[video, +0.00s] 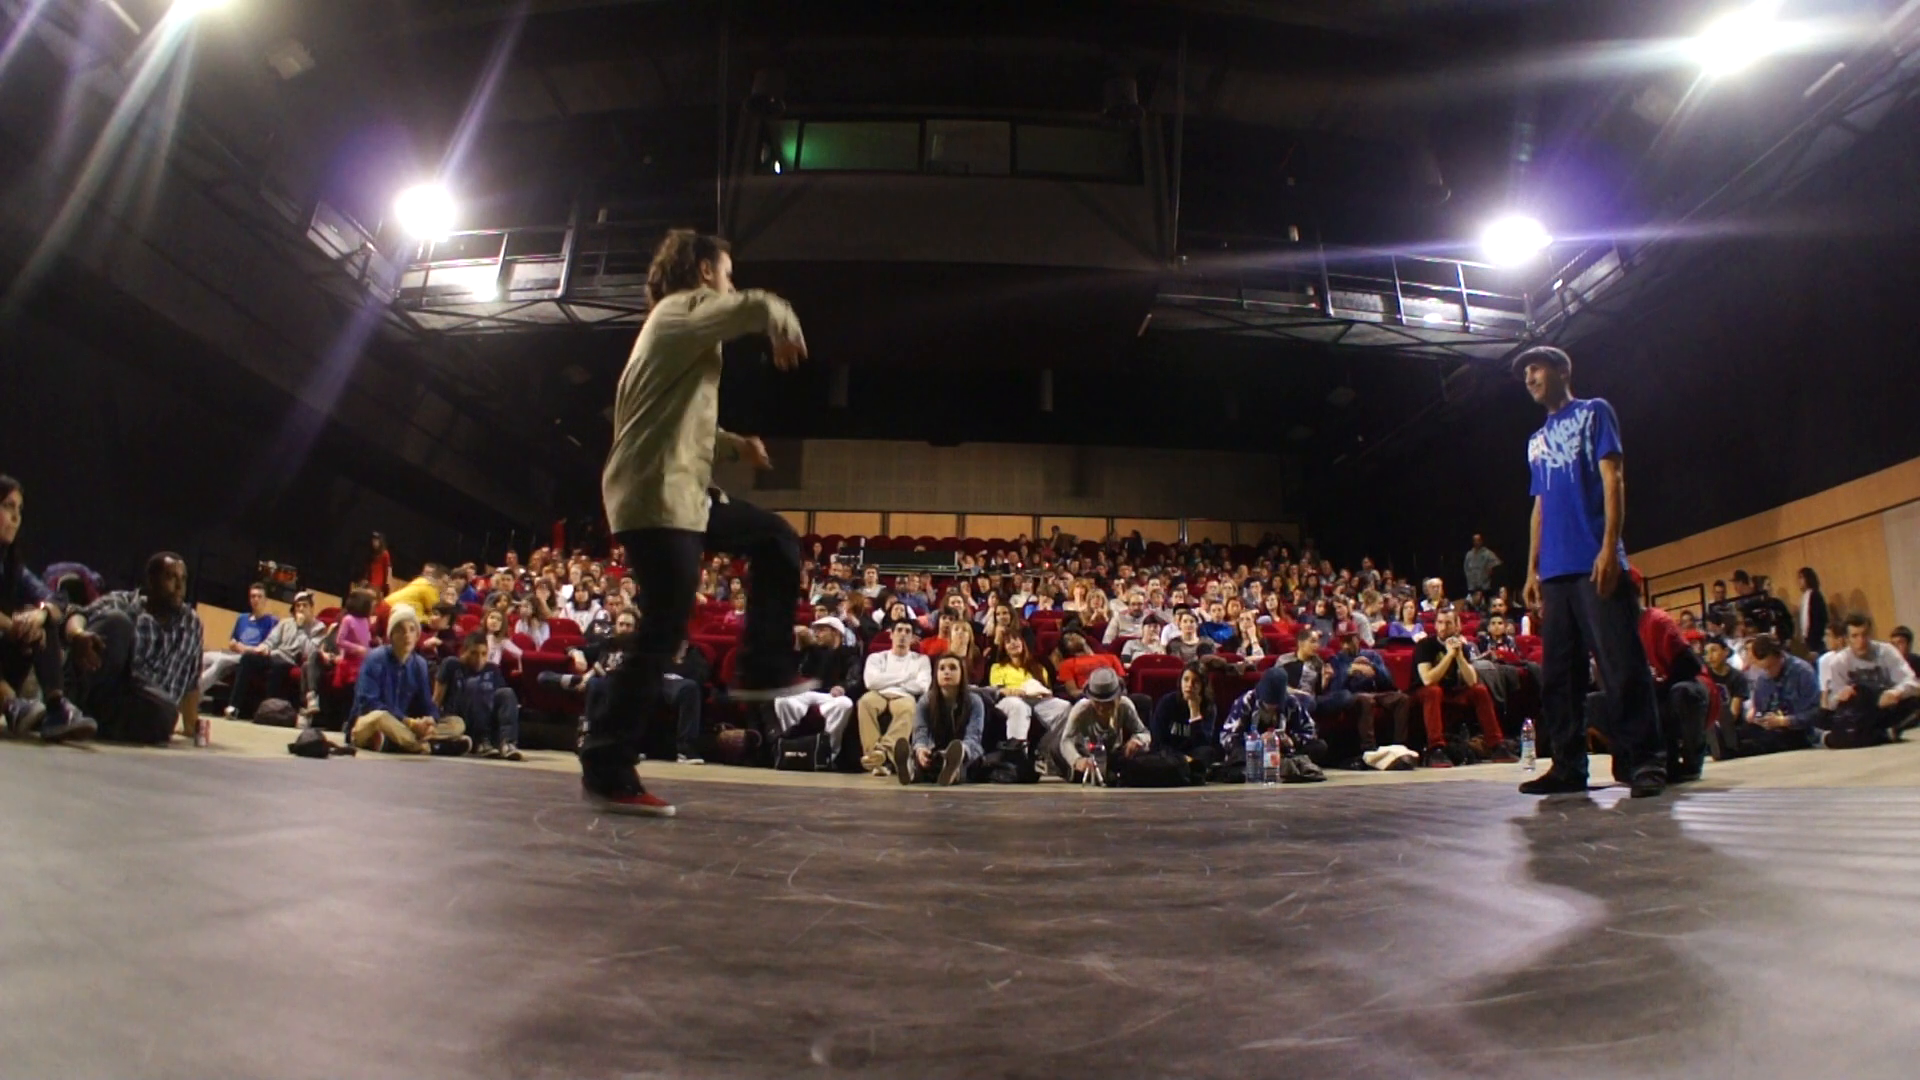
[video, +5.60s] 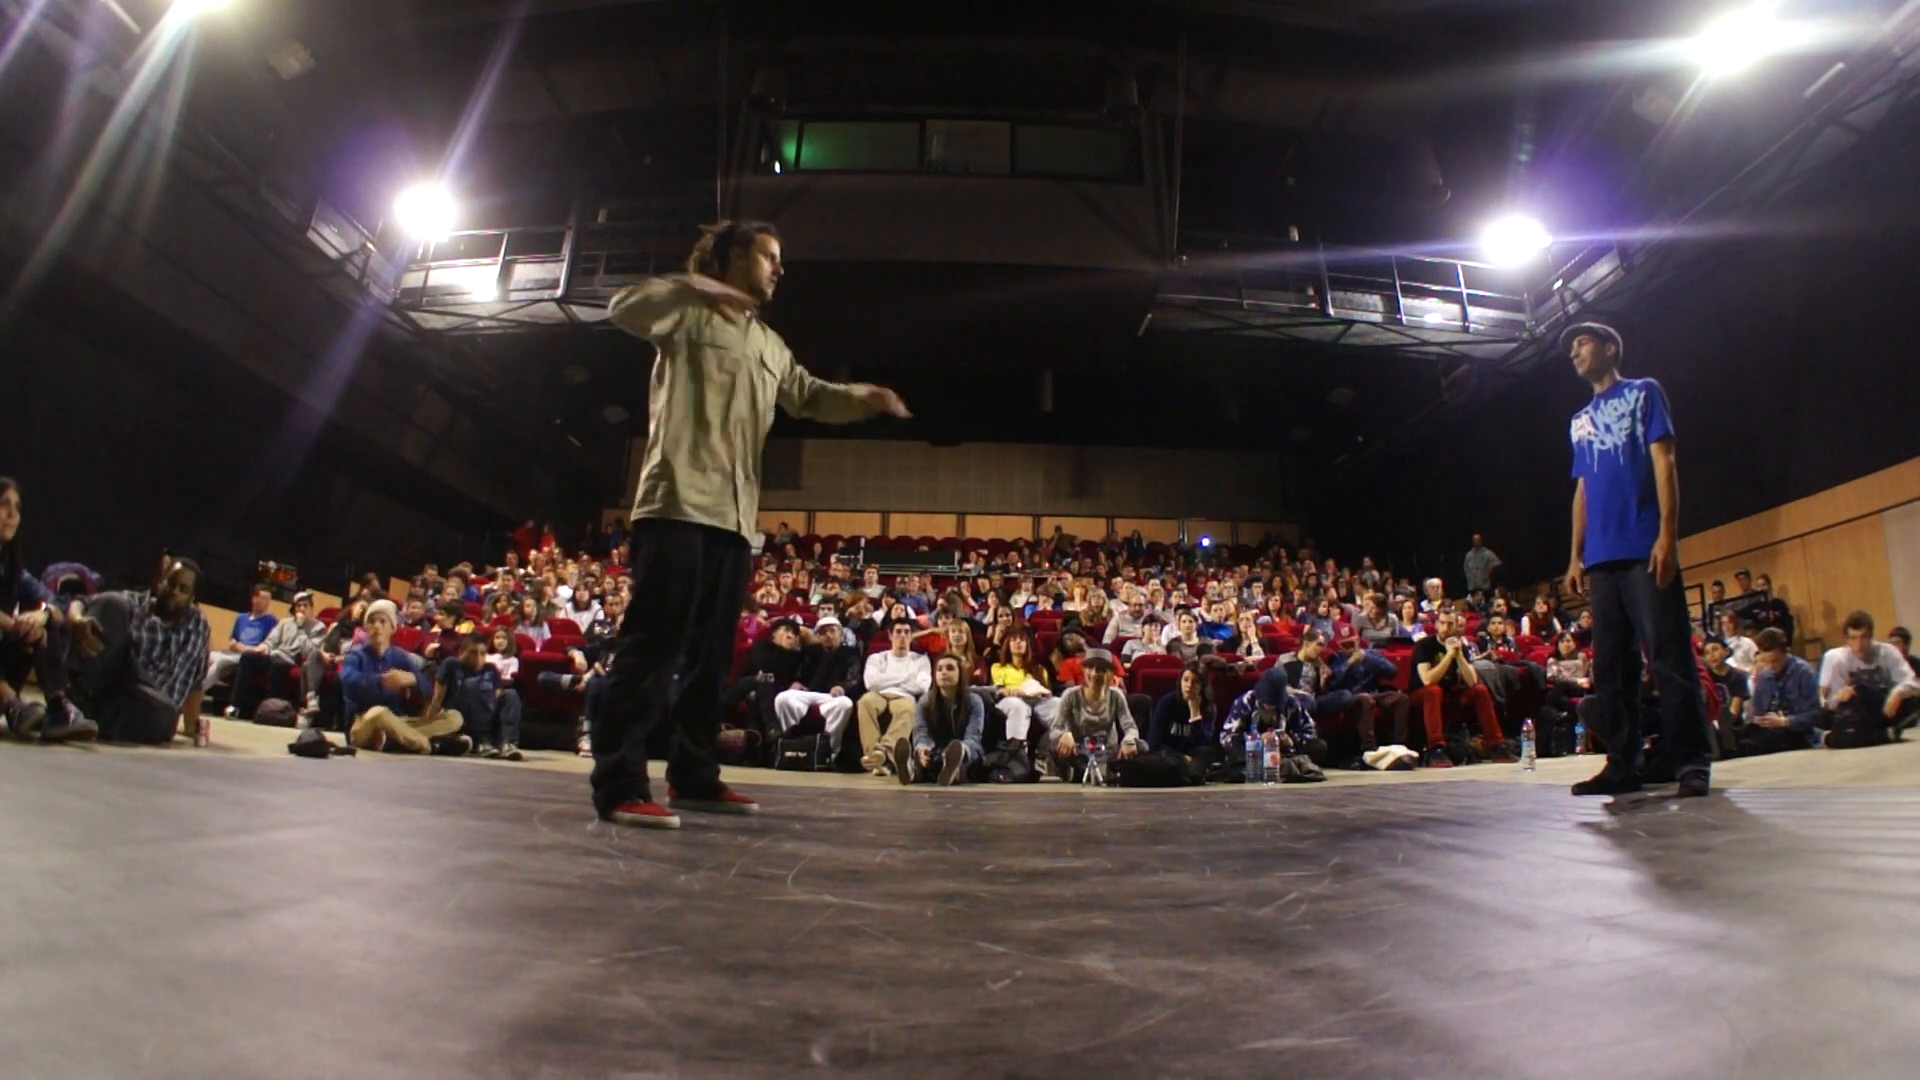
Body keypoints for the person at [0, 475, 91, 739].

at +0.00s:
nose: (15, 517)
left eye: (19, 509)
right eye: (8, 507)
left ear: (21, 515)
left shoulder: (12, 565)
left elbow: (57, 604)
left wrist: (41, 613)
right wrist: (13, 624)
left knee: (44, 625)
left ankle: (56, 706)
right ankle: (10, 702)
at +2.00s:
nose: (19, 518)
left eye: (21, 510)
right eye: (12, 508)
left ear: (20, 516)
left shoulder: (11, 560)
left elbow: (48, 604)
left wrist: (42, 613)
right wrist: (12, 624)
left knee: (47, 622)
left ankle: (57, 708)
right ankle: (12, 704)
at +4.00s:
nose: (14, 516)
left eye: (18, 508)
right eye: (7, 506)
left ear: (20, 516)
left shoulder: (12, 566)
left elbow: (58, 609)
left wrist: (43, 614)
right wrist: (10, 623)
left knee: (46, 624)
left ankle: (57, 709)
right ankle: (12, 705)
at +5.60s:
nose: (11, 515)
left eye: (16, 507)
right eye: (4, 506)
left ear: (20, 515)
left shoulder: (12, 566)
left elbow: (58, 609)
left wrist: (43, 614)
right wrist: (12, 623)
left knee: (49, 626)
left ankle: (58, 709)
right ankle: (12, 705)